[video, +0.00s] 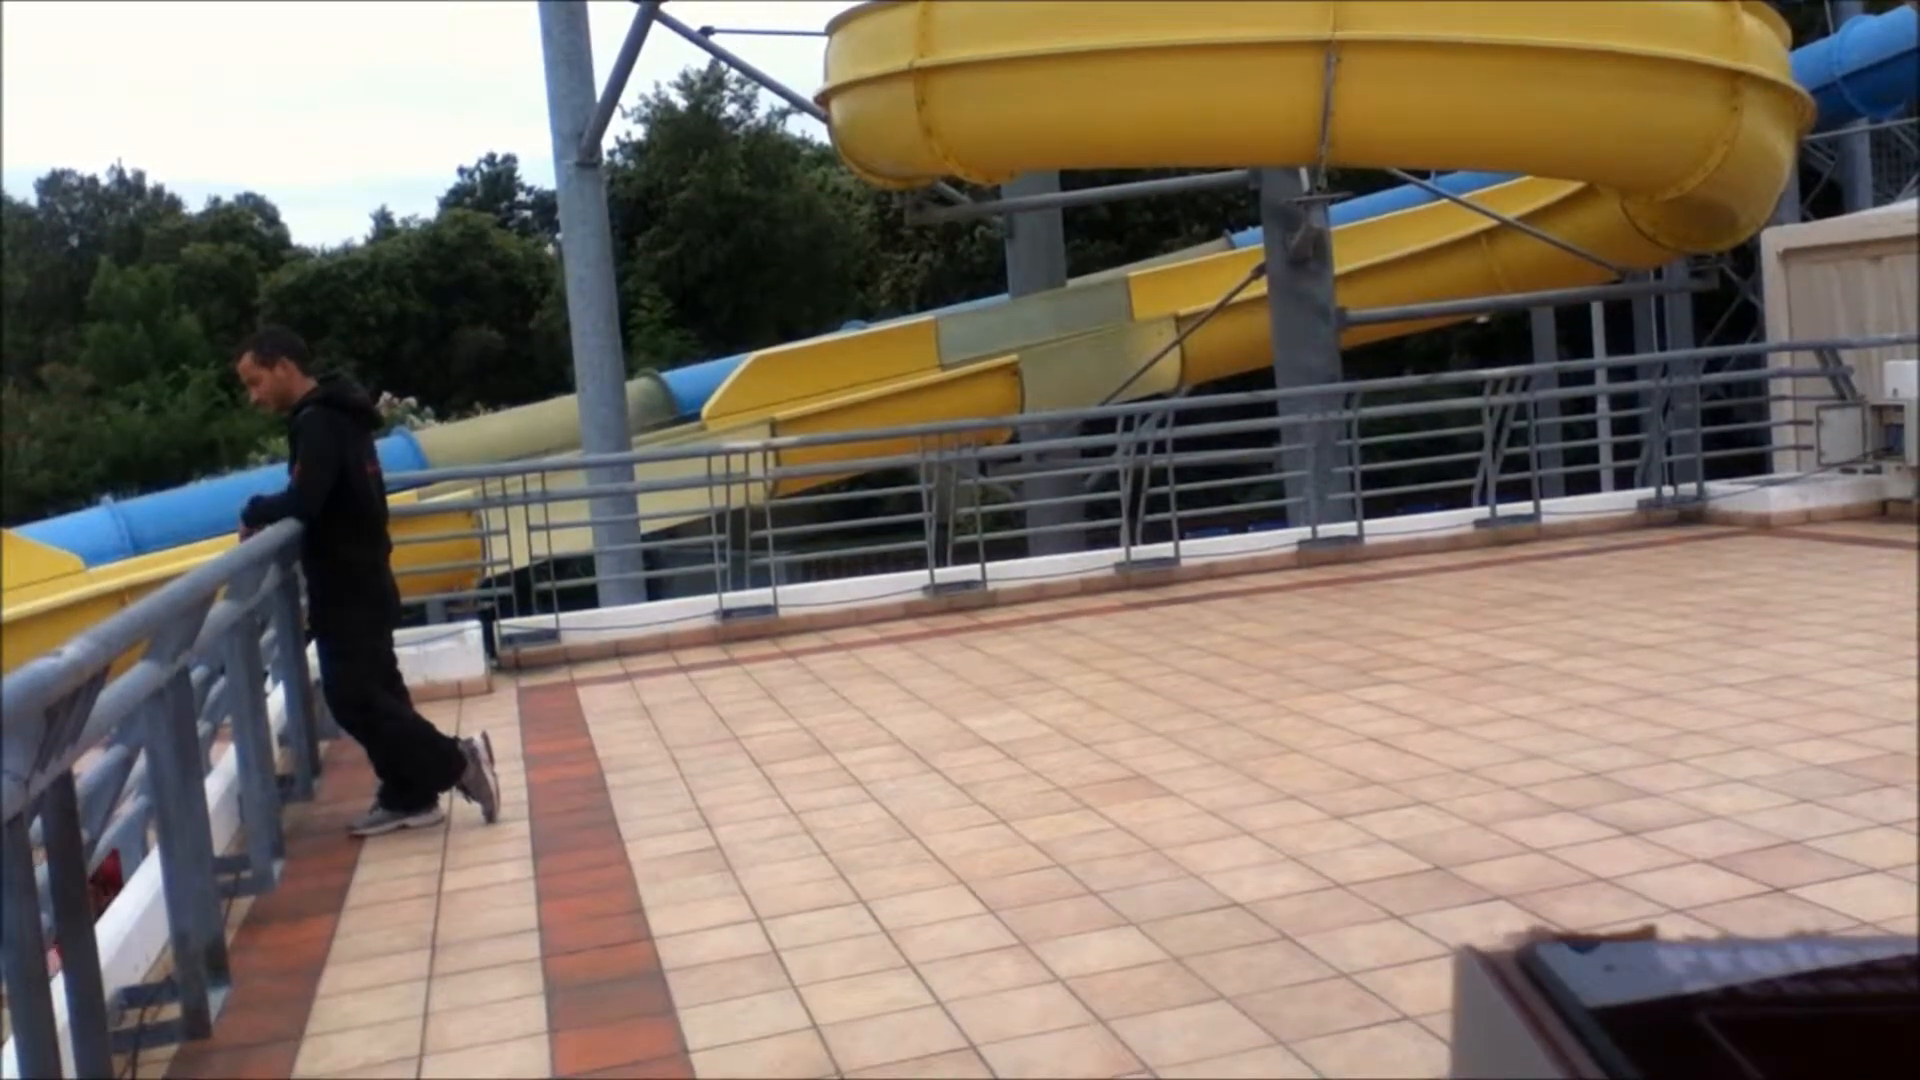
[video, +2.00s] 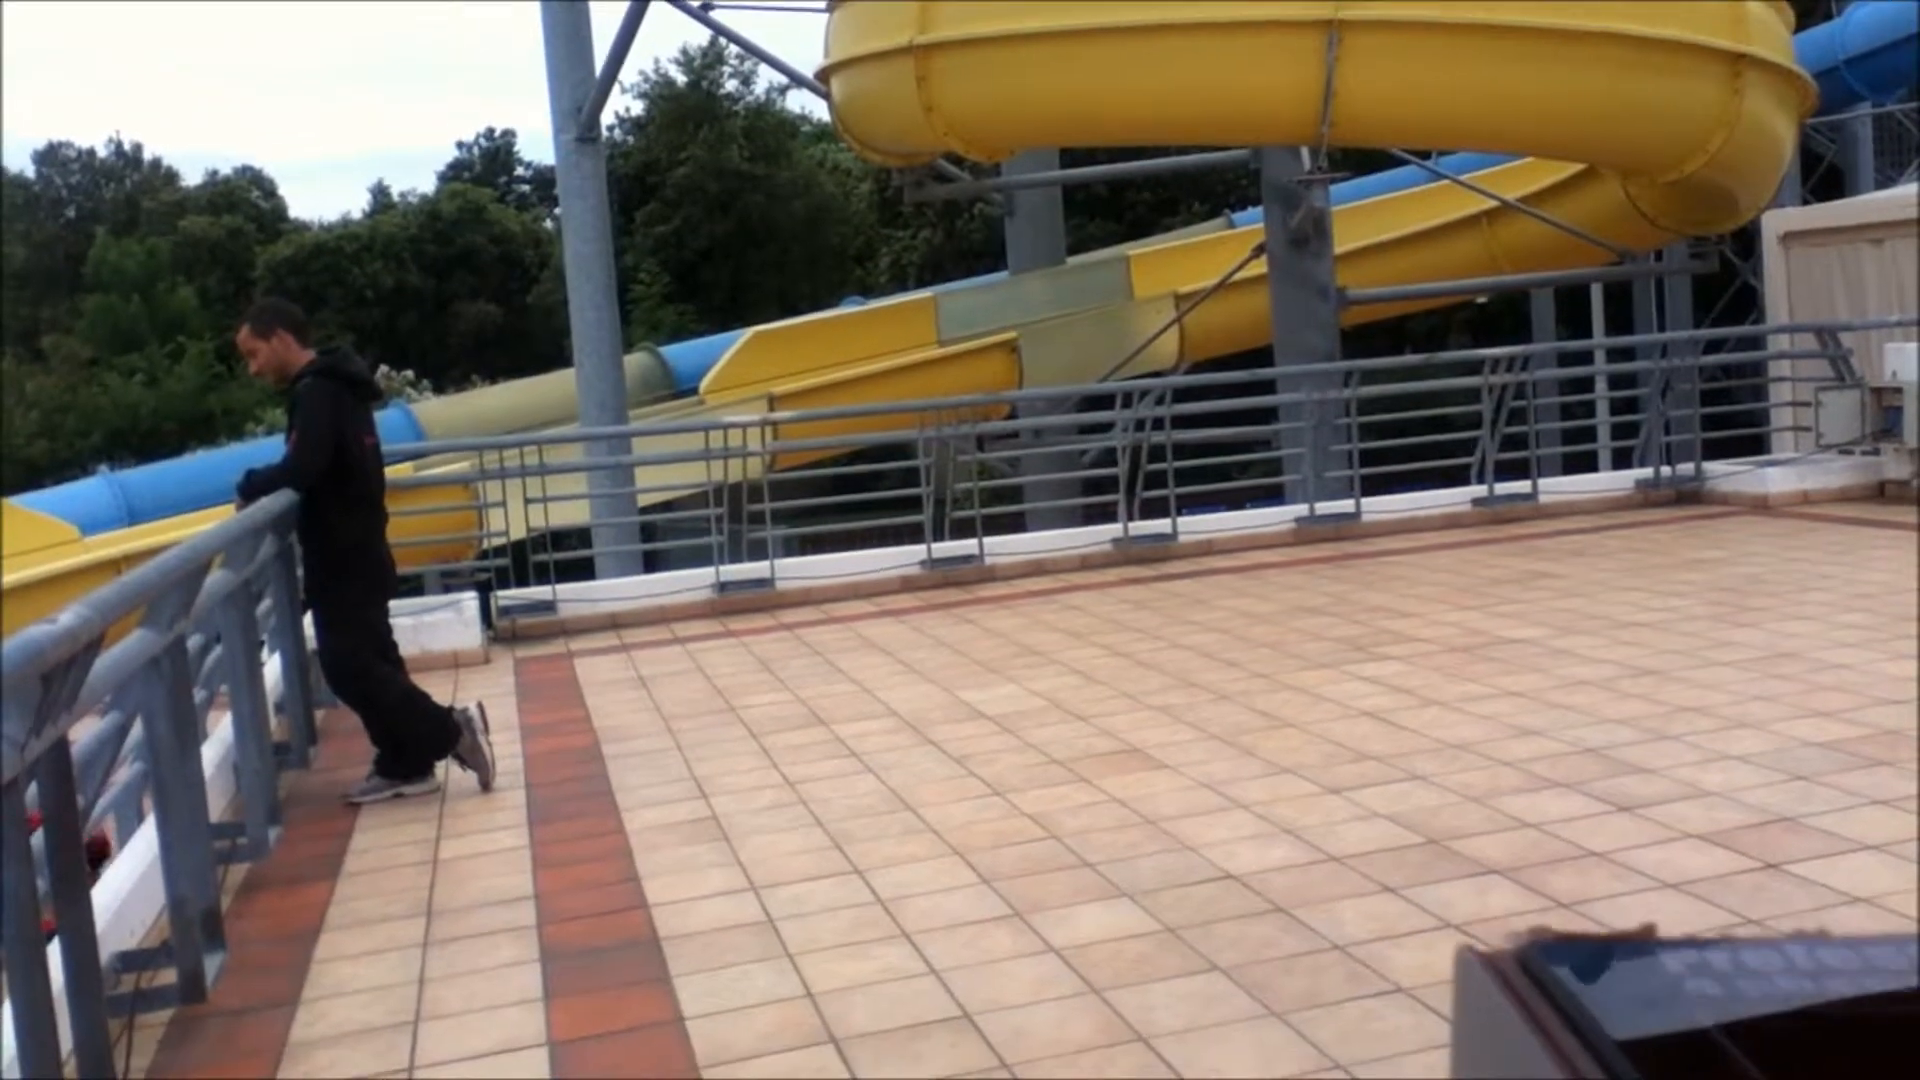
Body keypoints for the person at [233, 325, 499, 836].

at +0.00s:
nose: (252, 397)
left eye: (253, 383)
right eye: (247, 387)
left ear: (284, 368)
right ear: (288, 372)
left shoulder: (317, 421)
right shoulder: (334, 411)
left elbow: (308, 501)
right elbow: (325, 498)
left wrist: (256, 513)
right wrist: (270, 513)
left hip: (347, 586)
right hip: (361, 581)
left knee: (350, 699)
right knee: (376, 687)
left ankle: (455, 761)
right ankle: (407, 798)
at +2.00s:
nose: (252, 368)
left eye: (252, 354)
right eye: (247, 358)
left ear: (282, 340)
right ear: (287, 344)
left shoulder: (317, 392)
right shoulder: (333, 384)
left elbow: (306, 469)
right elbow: (321, 468)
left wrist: (253, 484)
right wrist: (269, 481)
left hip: (343, 559)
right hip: (358, 555)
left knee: (346, 669)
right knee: (372, 658)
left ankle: (449, 731)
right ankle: (403, 767)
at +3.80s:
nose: (314, 332)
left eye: (325, 322)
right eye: (303, 322)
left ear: (343, 328)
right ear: (289, 330)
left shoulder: (361, 383)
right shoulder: (323, 387)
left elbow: (342, 466)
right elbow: (333, 459)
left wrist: (273, 458)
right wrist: (282, 470)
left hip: (402, 543)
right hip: (371, 543)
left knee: (389, 650)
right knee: (357, 652)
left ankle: (482, 721)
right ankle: (400, 763)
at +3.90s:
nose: (344, 319)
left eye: (355, 310)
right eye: (332, 309)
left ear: (369, 319)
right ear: (313, 319)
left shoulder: (398, 378)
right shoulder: (323, 383)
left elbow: (403, 461)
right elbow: (326, 452)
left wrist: (321, 456)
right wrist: (293, 470)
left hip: (419, 531)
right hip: (371, 535)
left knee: (418, 644)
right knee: (365, 654)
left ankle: (467, 730)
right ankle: (400, 760)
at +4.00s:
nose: (385, 316)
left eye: (393, 308)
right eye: (372, 306)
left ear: (402, 317)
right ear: (344, 316)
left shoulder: (430, 375)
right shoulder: (335, 385)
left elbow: (468, 451)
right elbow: (315, 444)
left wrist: (396, 465)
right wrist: (272, 496)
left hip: (442, 530)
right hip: (383, 532)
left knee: (441, 646)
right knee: (360, 644)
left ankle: (452, 753)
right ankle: (392, 756)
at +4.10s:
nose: (422, 321)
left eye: (427, 312)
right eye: (409, 311)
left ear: (434, 320)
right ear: (378, 319)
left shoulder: (459, 379)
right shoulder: (358, 388)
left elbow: (514, 447)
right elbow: (329, 439)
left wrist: (470, 454)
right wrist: (281, 477)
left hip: (458, 535)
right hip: (396, 538)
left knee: (462, 646)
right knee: (355, 640)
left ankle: (459, 753)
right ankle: (378, 746)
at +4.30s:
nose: (477, 302)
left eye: (481, 292)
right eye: (464, 293)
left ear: (485, 299)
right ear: (429, 300)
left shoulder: (503, 358)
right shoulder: (394, 365)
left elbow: (558, 428)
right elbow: (348, 418)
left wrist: (542, 428)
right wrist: (303, 461)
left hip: (490, 523)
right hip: (429, 527)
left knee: (483, 641)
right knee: (448, 644)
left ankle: (463, 753)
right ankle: (470, 762)